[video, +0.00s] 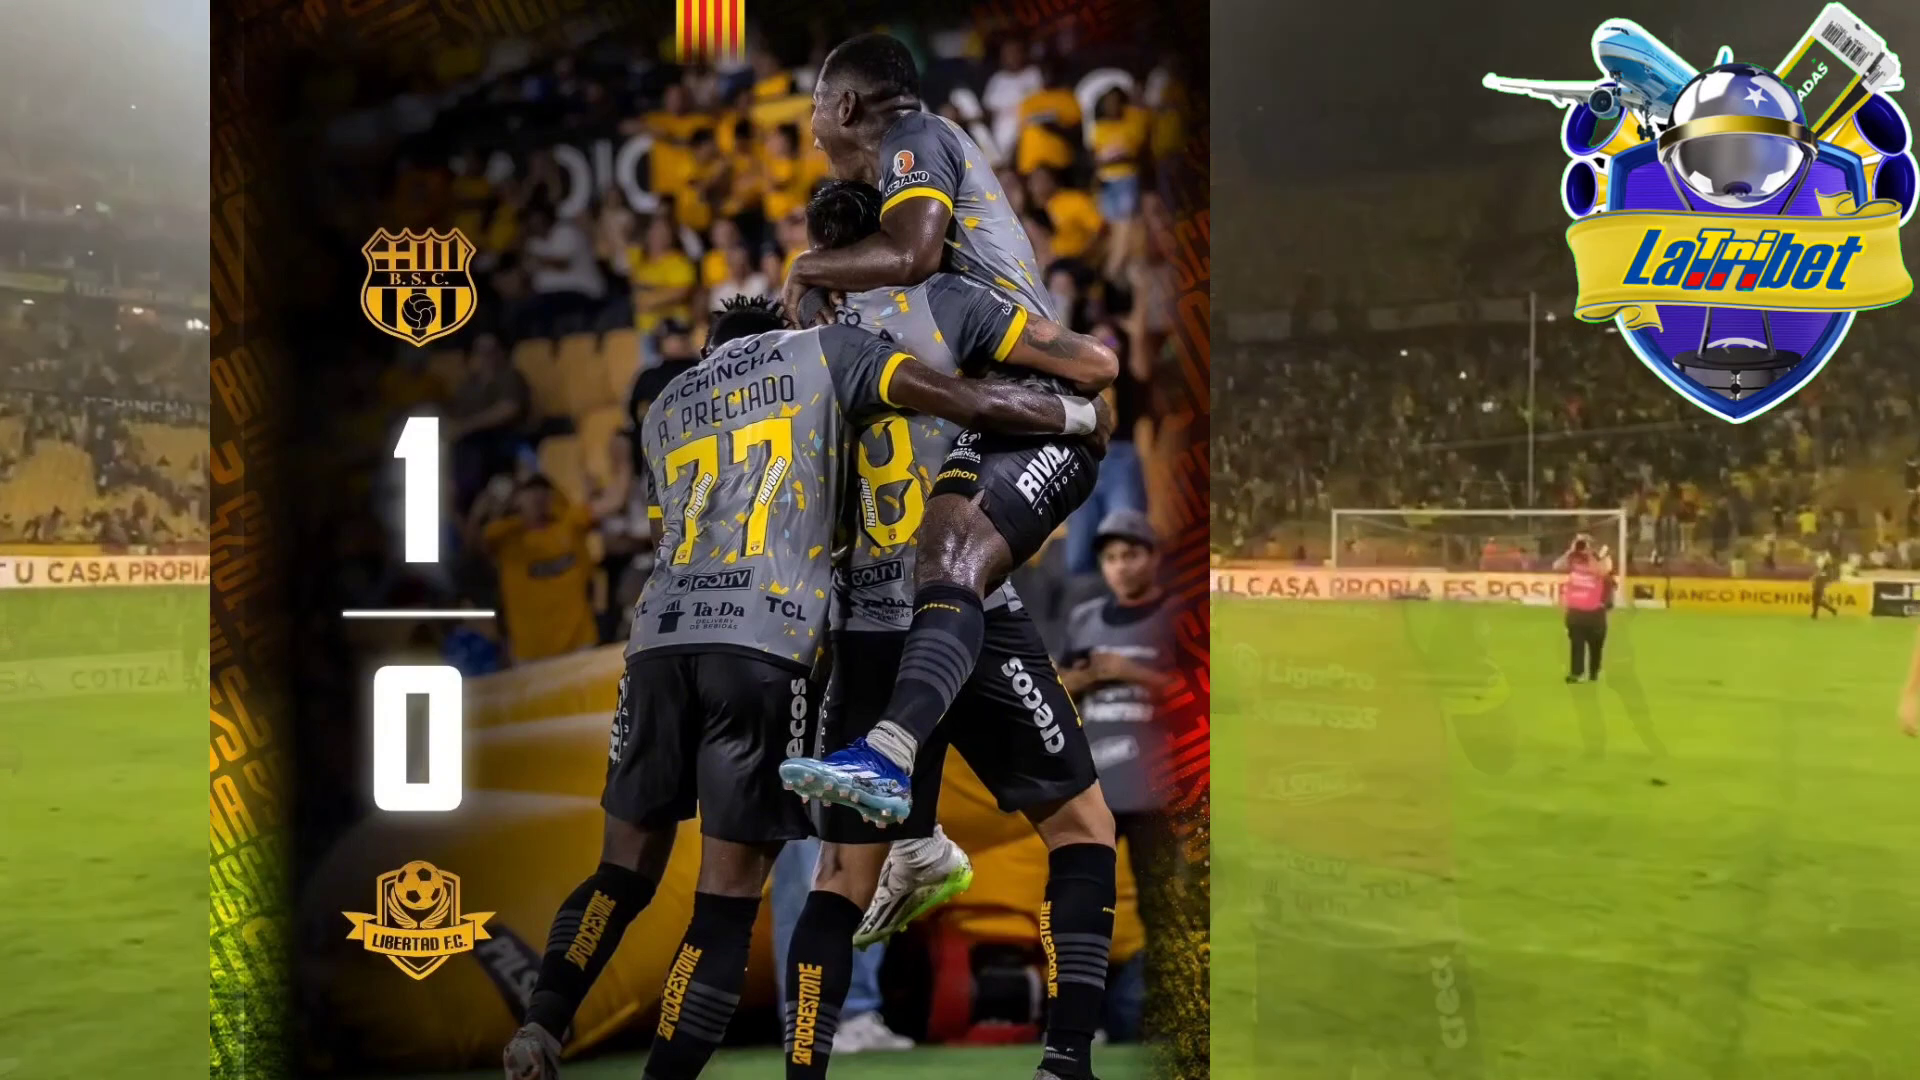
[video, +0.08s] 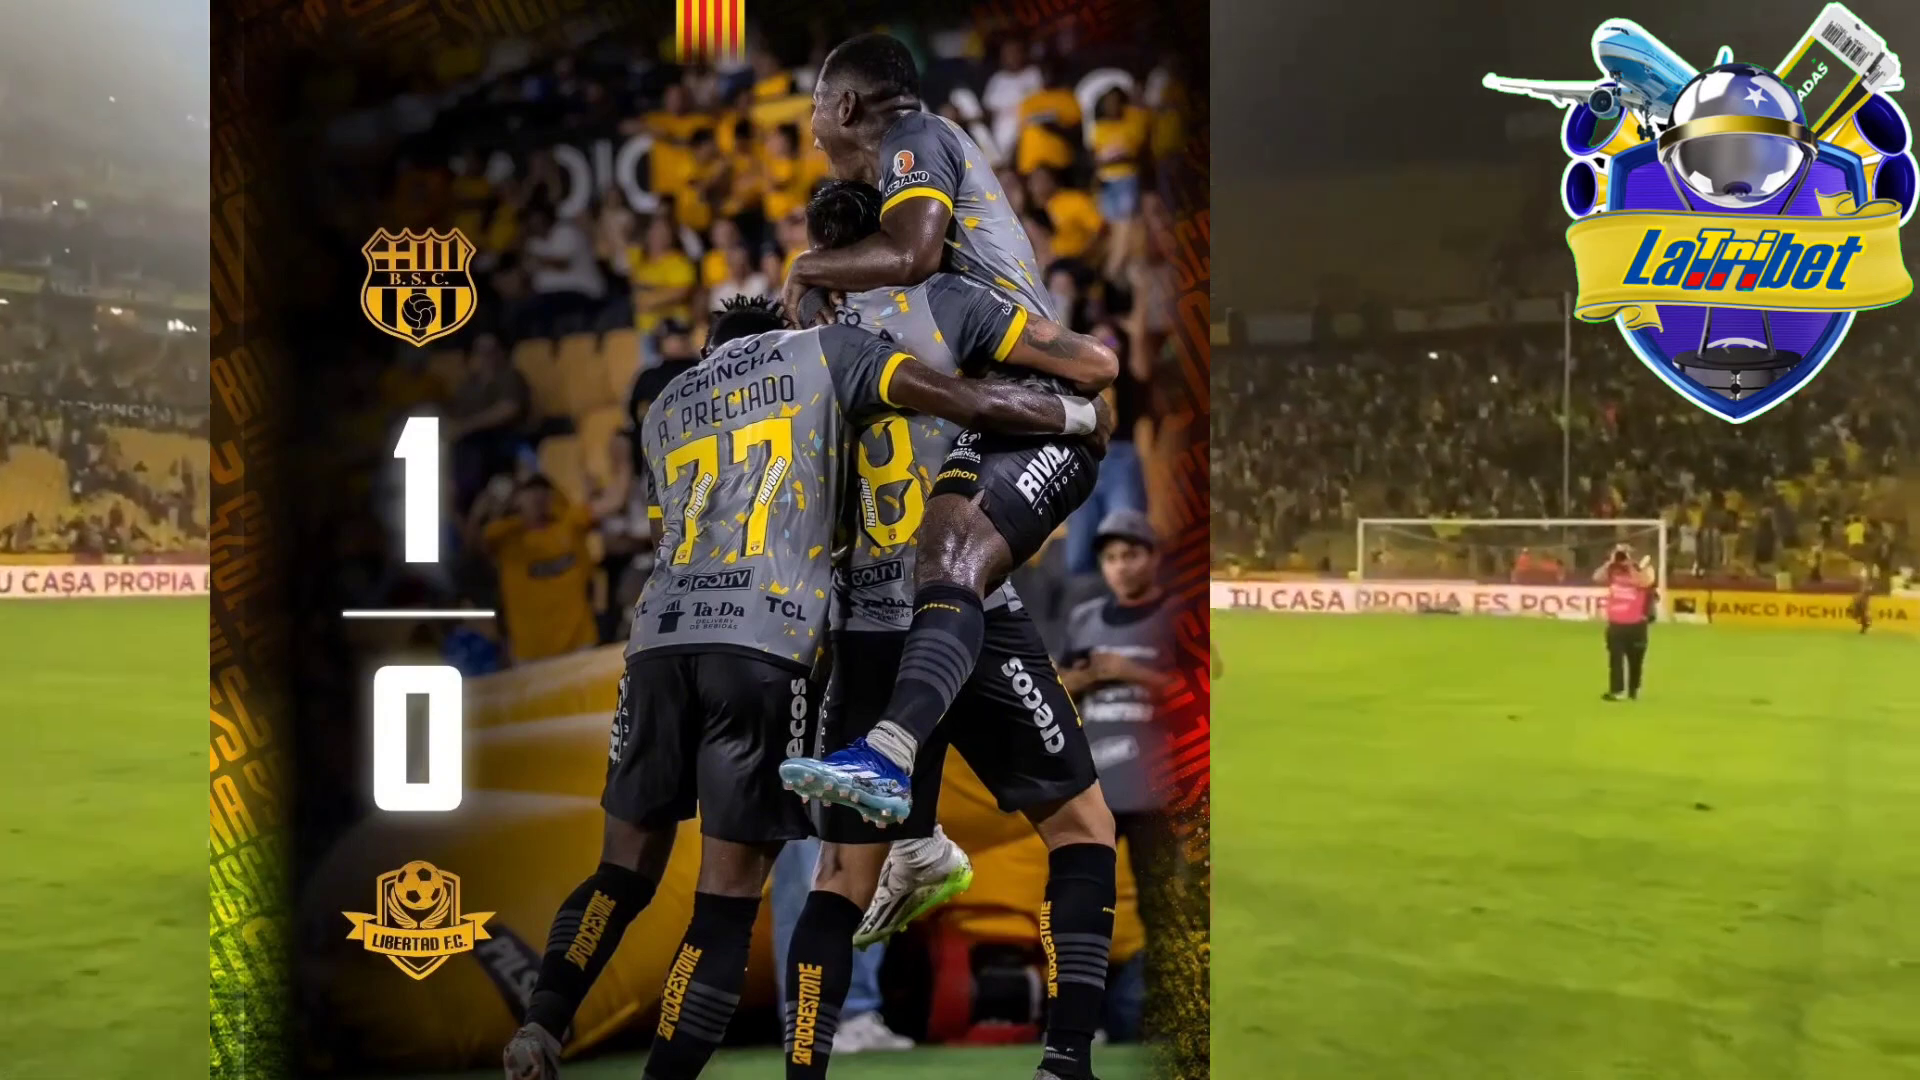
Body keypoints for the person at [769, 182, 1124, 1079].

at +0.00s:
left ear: (819, 253)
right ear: (898, 236)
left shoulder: (798, 332)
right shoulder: (949, 296)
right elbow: (1089, 367)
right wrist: (1078, 351)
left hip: (852, 617)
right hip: (964, 613)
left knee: (849, 860)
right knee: (1081, 825)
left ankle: (801, 1063)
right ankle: (1067, 1059)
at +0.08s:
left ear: (820, 254)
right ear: (900, 239)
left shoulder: (800, 331)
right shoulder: (953, 297)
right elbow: (1092, 366)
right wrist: (1078, 352)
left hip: (852, 618)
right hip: (964, 615)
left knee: (848, 860)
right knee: (1081, 827)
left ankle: (801, 1063)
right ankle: (1068, 1056)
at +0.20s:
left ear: (822, 252)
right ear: (900, 236)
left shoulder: (804, 329)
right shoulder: (950, 295)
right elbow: (1092, 367)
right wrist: (1077, 347)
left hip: (854, 615)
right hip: (964, 614)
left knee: (848, 860)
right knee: (1081, 826)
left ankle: (801, 1064)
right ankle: (1067, 1059)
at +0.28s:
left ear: (820, 254)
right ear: (900, 238)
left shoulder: (800, 331)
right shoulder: (953, 297)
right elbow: (1093, 366)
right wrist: (1073, 350)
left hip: (853, 618)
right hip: (965, 615)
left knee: (848, 860)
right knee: (1081, 826)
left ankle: (801, 1064)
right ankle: (1067, 1056)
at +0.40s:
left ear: (821, 254)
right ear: (899, 238)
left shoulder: (801, 331)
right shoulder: (953, 297)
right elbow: (1092, 366)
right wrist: (1072, 351)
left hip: (851, 619)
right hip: (963, 615)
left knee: (848, 861)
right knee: (1081, 826)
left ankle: (802, 1063)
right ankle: (1067, 1057)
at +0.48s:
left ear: (822, 254)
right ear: (900, 238)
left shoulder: (803, 332)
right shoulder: (952, 296)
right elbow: (1093, 367)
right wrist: (1085, 349)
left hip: (853, 618)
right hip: (964, 616)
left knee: (848, 861)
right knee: (1081, 827)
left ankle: (801, 1064)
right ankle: (1067, 1056)